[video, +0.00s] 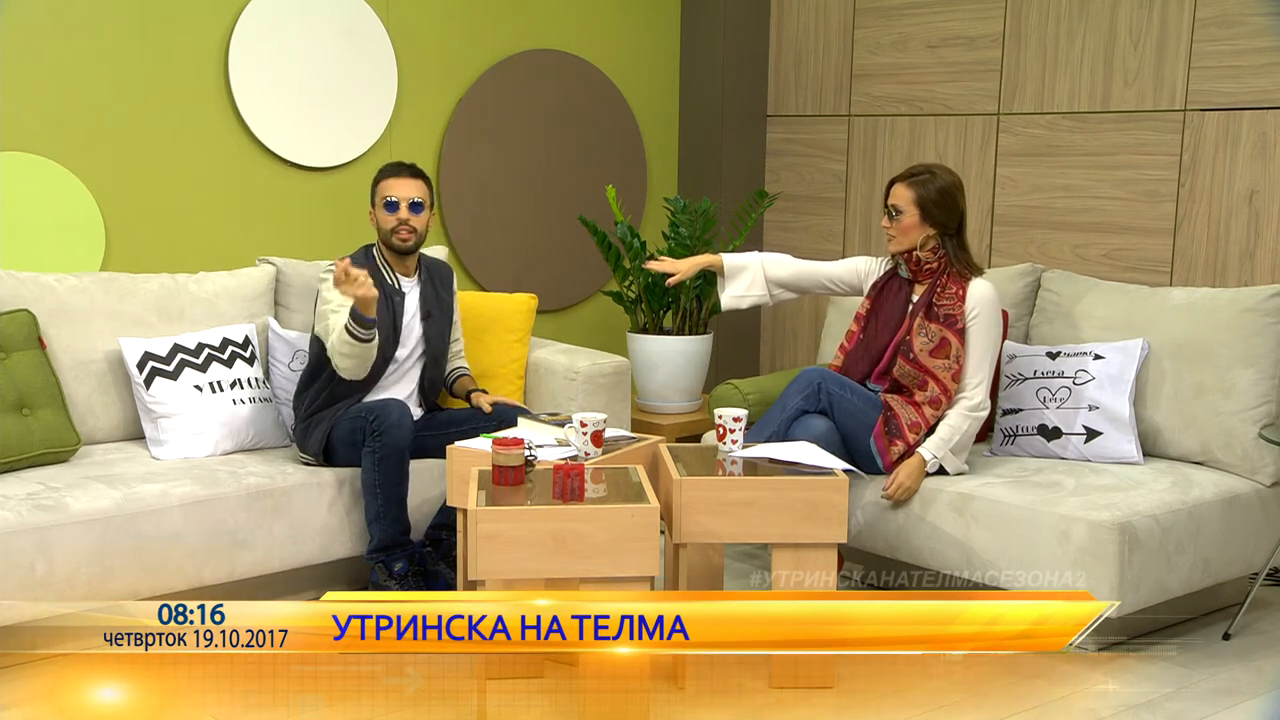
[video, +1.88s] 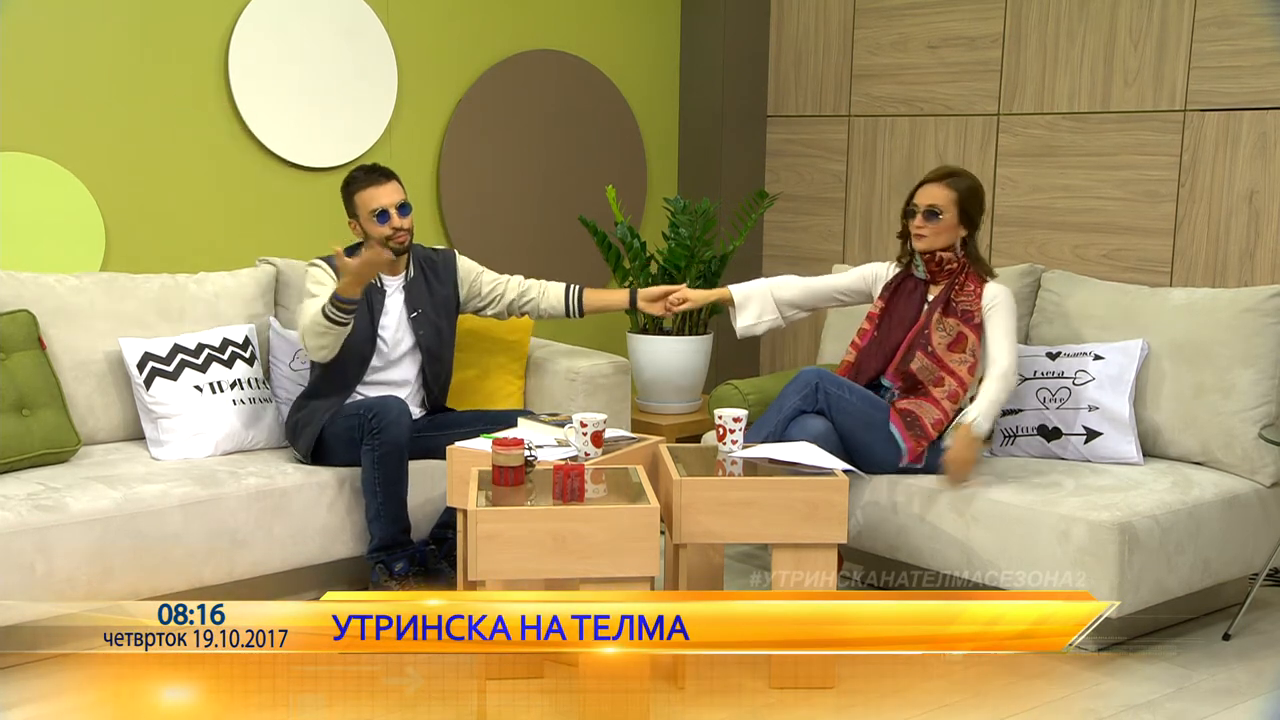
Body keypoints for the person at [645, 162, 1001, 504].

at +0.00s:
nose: (885, 222)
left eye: (897, 214)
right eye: (887, 212)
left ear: (934, 222)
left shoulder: (976, 295)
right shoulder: (883, 271)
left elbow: (973, 400)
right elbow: (799, 272)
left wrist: (921, 461)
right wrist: (707, 262)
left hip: (915, 440)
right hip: (862, 423)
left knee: (817, 379)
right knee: (811, 429)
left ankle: (728, 467)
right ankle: (808, 568)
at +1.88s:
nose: (917, 223)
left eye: (933, 214)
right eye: (914, 213)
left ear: (964, 227)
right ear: (907, 219)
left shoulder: (989, 295)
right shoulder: (890, 276)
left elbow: (1002, 372)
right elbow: (807, 290)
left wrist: (971, 429)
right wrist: (714, 295)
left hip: (922, 436)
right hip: (864, 421)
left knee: (813, 380)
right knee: (809, 431)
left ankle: (734, 468)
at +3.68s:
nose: (943, 232)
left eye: (957, 223)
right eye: (940, 223)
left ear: (992, 233)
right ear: (935, 232)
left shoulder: (1007, 297)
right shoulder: (910, 284)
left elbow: (1056, 246)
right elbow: (824, 291)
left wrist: (1117, 167)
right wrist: (734, 297)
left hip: (928, 435)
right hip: (870, 416)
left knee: (819, 374)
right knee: (807, 427)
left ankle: (725, 464)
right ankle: (810, 571)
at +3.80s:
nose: (941, 232)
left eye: (956, 223)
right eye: (938, 222)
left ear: (991, 234)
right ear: (933, 231)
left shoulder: (1005, 295)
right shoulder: (908, 284)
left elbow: (1055, 244)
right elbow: (824, 290)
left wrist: (1115, 167)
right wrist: (734, 297)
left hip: (930, 434)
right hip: (870, 415)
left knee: (825, 368)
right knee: (801, 423)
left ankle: (703, 446)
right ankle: (814, 566)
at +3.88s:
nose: (942, 234)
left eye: (956, 225)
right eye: (937, 225)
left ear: (989, 235)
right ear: (932, 233)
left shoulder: (1003, 297)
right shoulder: (907, 283)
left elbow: (1053, 244)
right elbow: (822, 294)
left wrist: (1108, 169)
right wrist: (731, 297)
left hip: (931, 442)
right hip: (869, 423)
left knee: (831, 364)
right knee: (792, 421)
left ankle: (703, 415)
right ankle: (809, 567)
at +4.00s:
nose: (938, 238)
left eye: (952, 229)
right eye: (933, 229)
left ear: (985, 238)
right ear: (928, 236)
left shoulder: (1000, 296)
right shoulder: (906, 285)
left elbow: (1046, 244)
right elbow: (821, 294)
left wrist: (1097, 167)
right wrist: (730, 298)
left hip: (929, 440)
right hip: (868, 427)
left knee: (838, 360)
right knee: (764, 422)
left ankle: (700, 397)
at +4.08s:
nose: (930, 237)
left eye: (944, 228)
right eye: (927, 228)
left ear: (978, 237)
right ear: (924, 235)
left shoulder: (996, 297)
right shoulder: (903, 283)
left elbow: (1039, 244)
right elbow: (818, 296)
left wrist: (1091, 166)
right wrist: (733, 296)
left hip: (930, 441)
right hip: (869, 429)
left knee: (842, 359)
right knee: (782, 421)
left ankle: (718, 414)